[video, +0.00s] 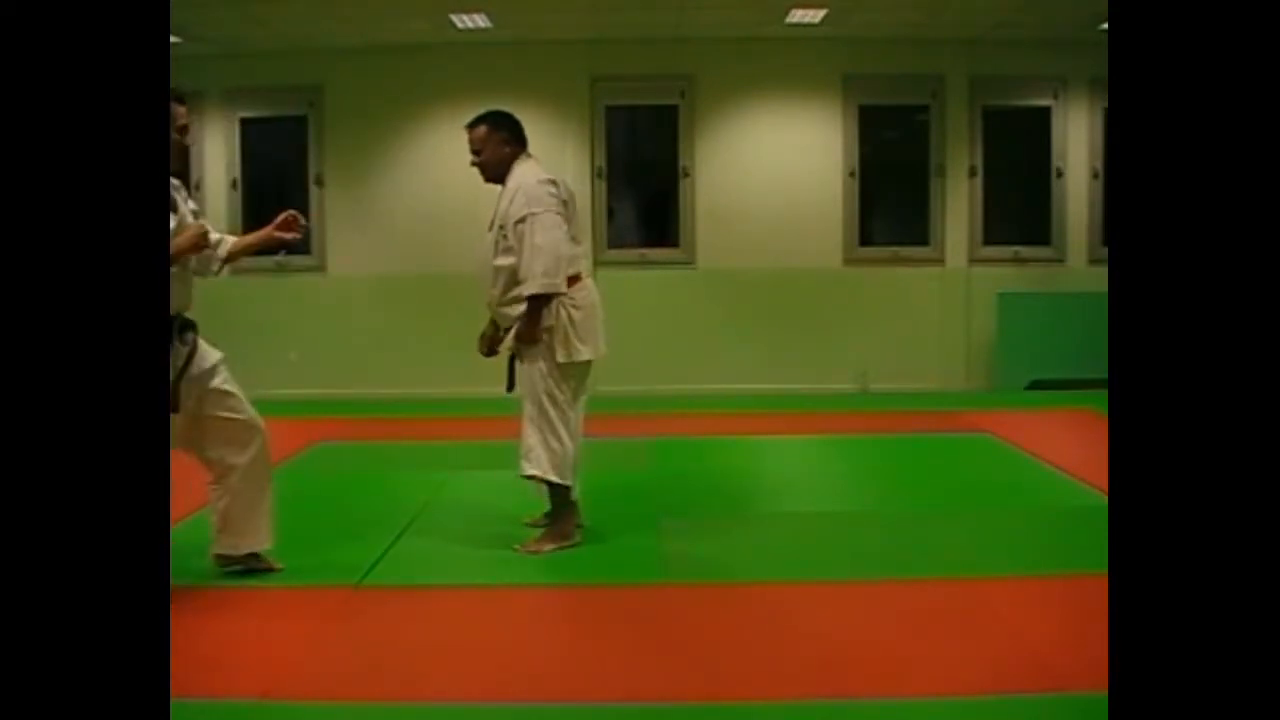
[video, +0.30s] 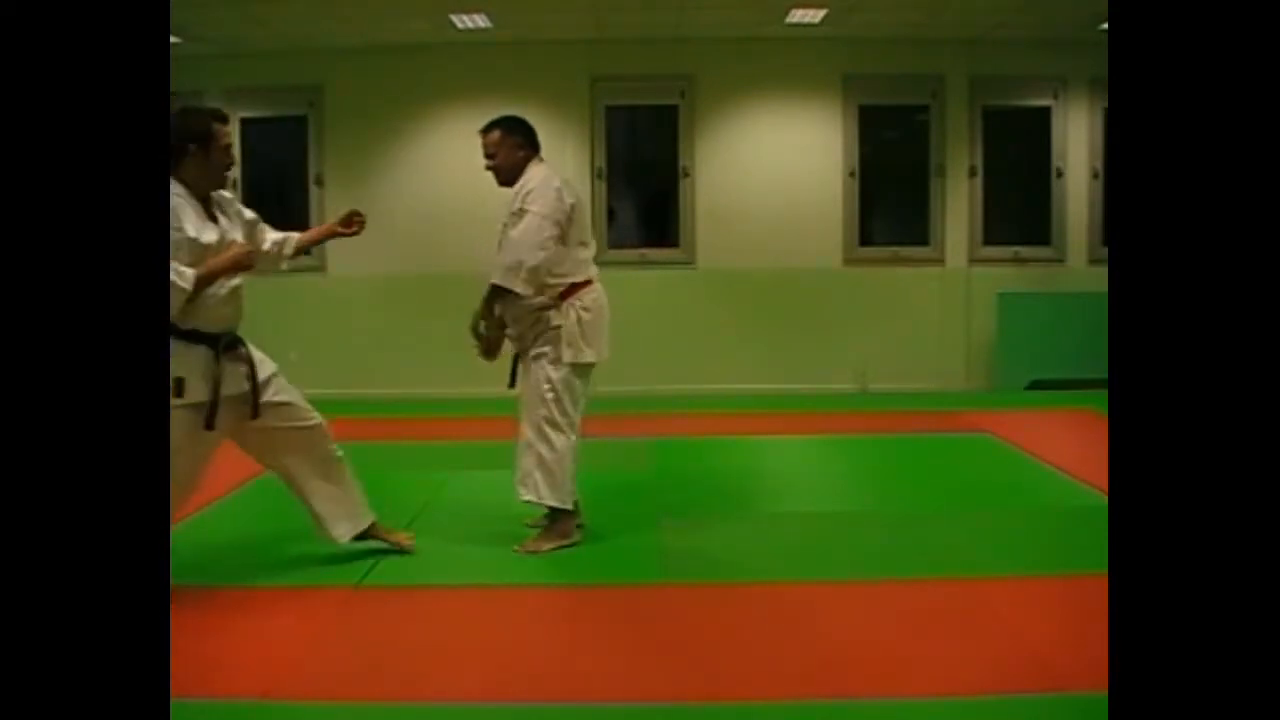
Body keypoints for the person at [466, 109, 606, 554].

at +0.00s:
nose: (475, 161)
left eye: (480, 151)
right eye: (473, 152)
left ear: (508, 147)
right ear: (503, 150)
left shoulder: (531, 188)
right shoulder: (517, 189)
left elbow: (545, 260)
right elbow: (515, 267)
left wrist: (530, 318)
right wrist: (495, 322)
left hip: (557, 315)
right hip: (547, 314)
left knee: (550, 412)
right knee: (548, 412)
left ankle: (563, 518)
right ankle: (558, 506)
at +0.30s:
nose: (488, 164)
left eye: (494, 153)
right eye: (486, 155)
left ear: (521, 150)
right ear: (518, 153)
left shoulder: (544, 190)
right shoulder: (528, 192)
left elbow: (516, 261)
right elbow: (511, 263)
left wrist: (487, 314)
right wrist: (493, 316)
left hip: (566, 316)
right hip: (549, 317)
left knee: (550, 416)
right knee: (546, 415)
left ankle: (562, 518)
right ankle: (559, 509)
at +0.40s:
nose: (493, 166)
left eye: (498, 156)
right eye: (491, 158)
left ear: (528, 153)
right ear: (522, 156)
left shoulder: (550, 193)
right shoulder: (530, 197)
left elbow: (518, 250)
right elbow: (521, 272)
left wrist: (472, 273)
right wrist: (490, 323)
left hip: (572, 319)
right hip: (550, 321)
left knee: (552, 419)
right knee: (545, 416)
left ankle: (560, 521)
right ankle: (567, 506)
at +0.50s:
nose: (500, 168)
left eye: (507, 159)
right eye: (498, 160)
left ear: (535, 154)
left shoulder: (557, 187)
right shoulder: (526, 202)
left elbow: (504, 225)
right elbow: (498, 273)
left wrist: (459, 221)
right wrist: (448, 297)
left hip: (581, 320)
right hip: (552, 325)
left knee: (562, 418)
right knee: (546, 419)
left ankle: (565, 519)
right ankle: (563, 511)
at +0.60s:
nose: (507, 169)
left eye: (514, 159)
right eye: (504, 161)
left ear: (541, 156)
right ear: (516, 160)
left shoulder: (566, 188)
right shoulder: (527, 199)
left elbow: (507, 208)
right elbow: (492, 256)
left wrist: (456, 186)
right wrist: (427, 267)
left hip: (584, 322)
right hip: (548, 328)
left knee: (566, 415)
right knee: (546, 418)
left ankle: (569, 516)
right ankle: (559, 508)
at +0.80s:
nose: (526, 173)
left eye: (532, 163)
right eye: (520, 167)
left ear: (557, 159)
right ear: (517, 169)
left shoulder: (590, 188)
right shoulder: (519, 206)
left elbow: (554, 199)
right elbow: (493, 245)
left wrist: (502, 176)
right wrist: (449, 239)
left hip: (585, 324)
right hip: (538, 329)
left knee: (572, 411)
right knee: (541, 419)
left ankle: (592, 511)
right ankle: (568, 505)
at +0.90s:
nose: (529, 179)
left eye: (535, 169)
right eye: (524, 171)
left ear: (560, 161)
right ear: (520, 171)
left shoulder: (597, 190)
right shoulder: (519, 212)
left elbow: (581, 215)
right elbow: (489, 271)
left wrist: (523, 199)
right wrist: (491, 252)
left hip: (585, 330)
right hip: (538, 333)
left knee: (579, 425)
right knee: (540, 426)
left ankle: (593, 514)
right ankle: (567, 504)